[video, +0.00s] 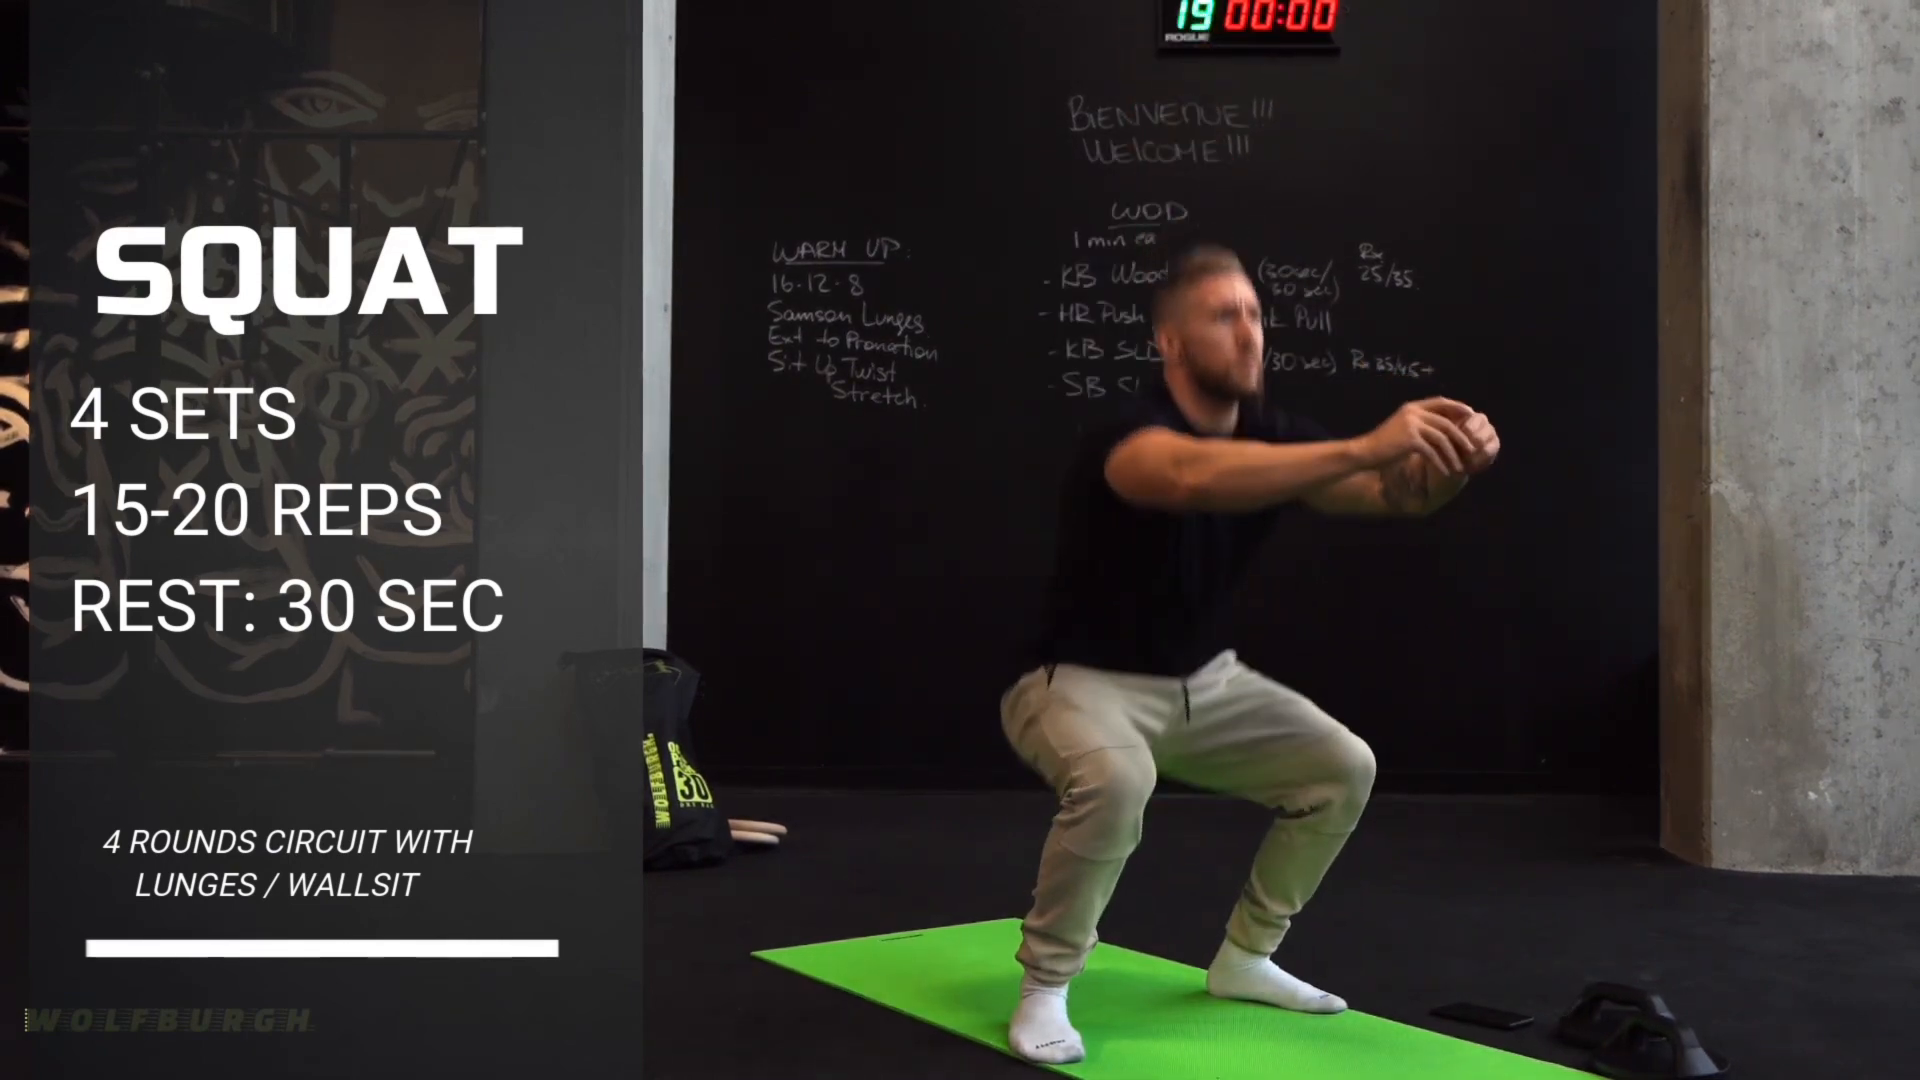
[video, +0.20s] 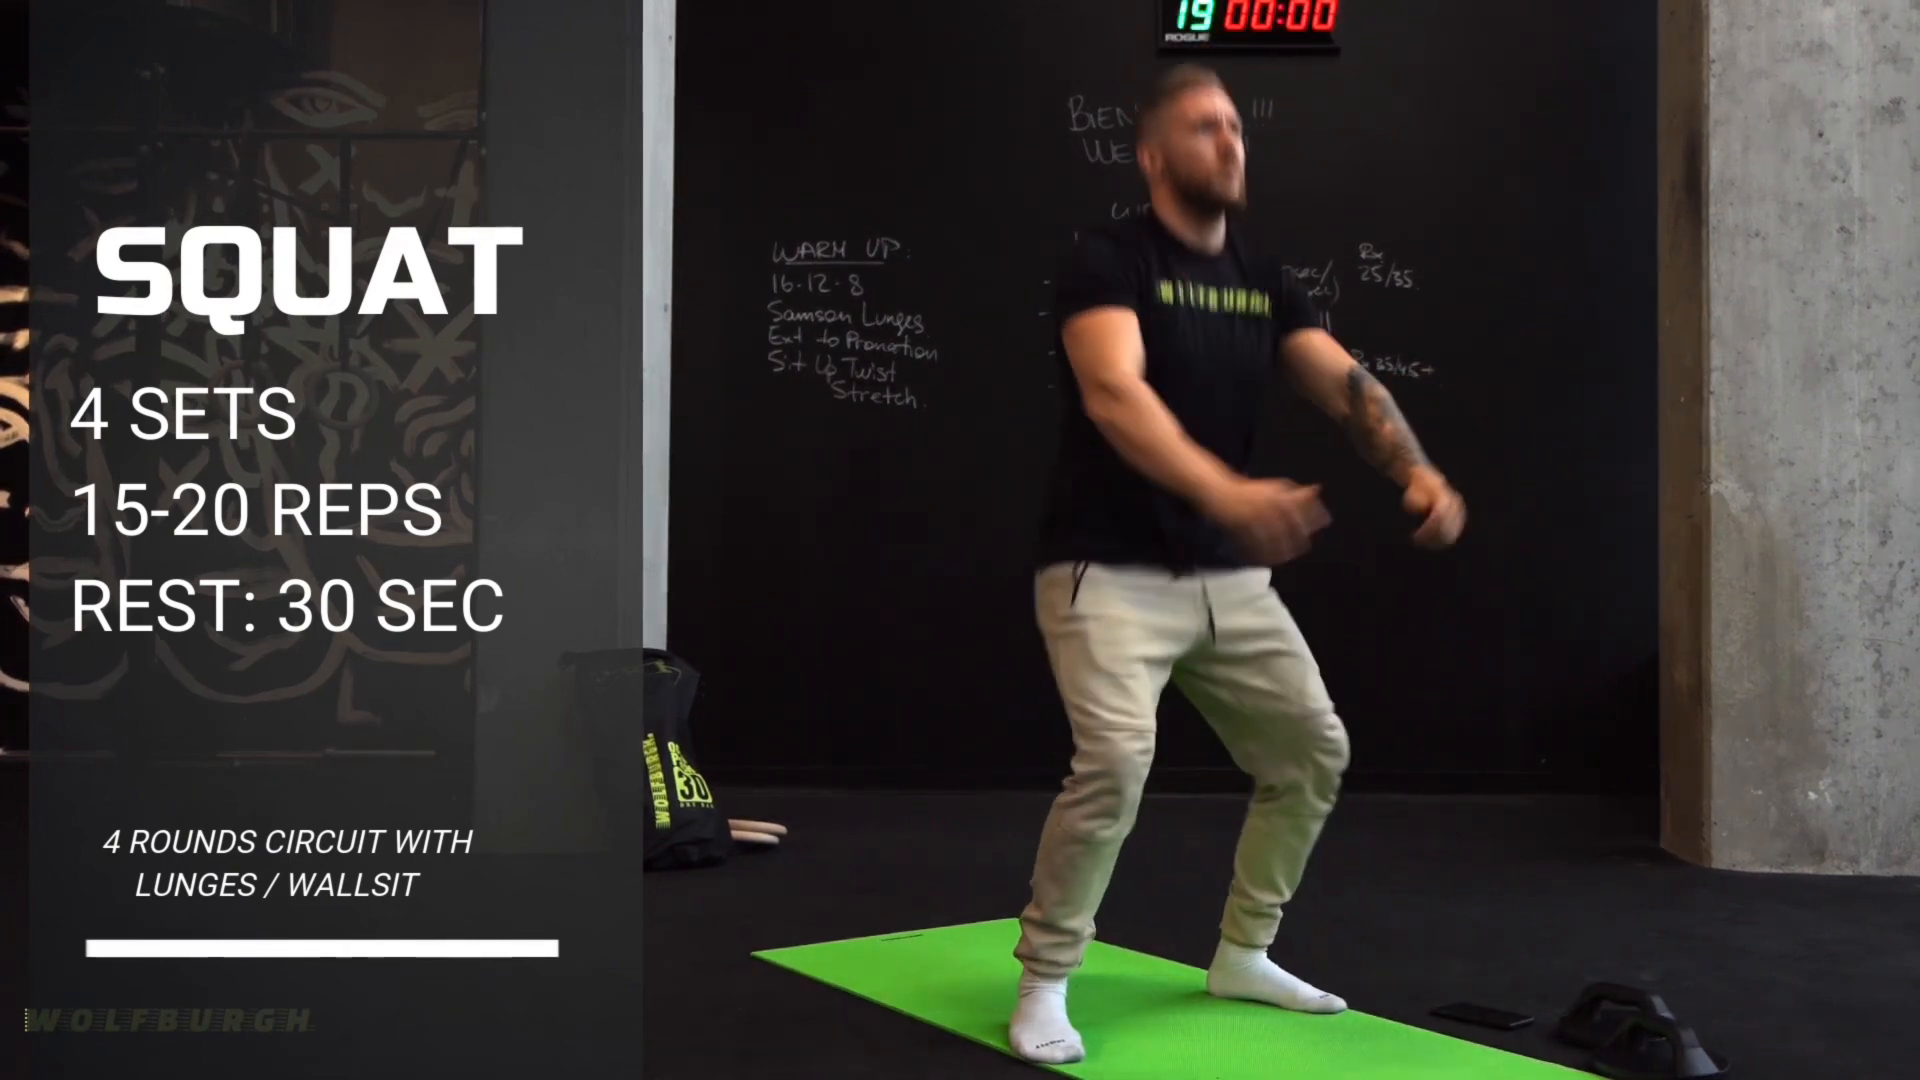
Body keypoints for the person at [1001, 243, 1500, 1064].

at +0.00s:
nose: (1250, 331)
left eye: (1255, 315)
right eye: (1225, 317)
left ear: (1264, 333)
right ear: (1169, 345)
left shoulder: (1266, 440)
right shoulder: (1125, 437)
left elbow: (1381, 492)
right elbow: (1193, 478)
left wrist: (1449, 467)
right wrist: (1364, 448)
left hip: (1205, 688)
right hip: (1082, 685)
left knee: (1342, 769)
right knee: (1115, 781)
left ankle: (1244, 961)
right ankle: (1044, 989)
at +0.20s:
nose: (1230, 145)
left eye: (1235, 128)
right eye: (1205, 130)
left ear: (1245, 148)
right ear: (1150, 152)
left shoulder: (1262, 278)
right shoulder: (1103, 259)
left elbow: (1342, 383)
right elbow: (1114, 397)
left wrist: (1412, 469)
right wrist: (1228, 494)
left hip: (1227, 578)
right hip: (1107, 575)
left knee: (1310, 756)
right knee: (1115, 763)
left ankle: (1242, 959)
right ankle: (1045, 981)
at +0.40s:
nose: (1222, 61)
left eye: (1226, 45)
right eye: (1197, 46)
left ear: (1233, 71)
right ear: (1144, 76)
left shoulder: (1260, 205)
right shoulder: (1093, 192)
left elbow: (1308, 363)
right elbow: (1044, 357)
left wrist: (1321, 503)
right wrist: (1062, 514)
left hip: (1242, 526)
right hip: (1123, 520)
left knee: (1250, 743)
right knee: (1093, 742)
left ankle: (1239, 955)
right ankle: (1040, 981)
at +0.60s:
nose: (1216, 59)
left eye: (1221, 44)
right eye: (1192, 44)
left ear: (1228, 70)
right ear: (1138, 73)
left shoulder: (1257, 202)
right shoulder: (1088, 187)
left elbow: (1281, 369)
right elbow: (1028, 357)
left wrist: (1275, 505)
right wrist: (1029, 514)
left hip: (1238, 527)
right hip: (1117, 519)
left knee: (1236, 745)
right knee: (1084, 746)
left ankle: (1238, 955)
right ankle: (1039, 980)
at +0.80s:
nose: (1216, 87)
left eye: (1222, 71)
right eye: (1190, 72)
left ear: (1231, 97)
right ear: (1137, 98)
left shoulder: (1252, 231)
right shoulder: (1090, 212)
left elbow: (1325, 364)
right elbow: (1075, 363)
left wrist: (1368, 484)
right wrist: (1183, 480)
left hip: (1229, 543)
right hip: (1107, 541)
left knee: (1279, 745)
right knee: (1099, 755)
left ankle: (1241, 957)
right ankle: (1041, 983)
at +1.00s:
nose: (1234, 254)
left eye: (1240, 237)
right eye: (1211, 238)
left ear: (1248, 254)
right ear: (1157, 255)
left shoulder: (1255, 367)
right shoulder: (1108, 362)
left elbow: (1349, 425)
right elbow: (1167, 426)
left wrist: (1416, 425)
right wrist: (1343, 423)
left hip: (1196, 638)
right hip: (1073, 638)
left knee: (1324, 759)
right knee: (1099, 768)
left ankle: (1242, 961)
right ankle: (1041, 985)